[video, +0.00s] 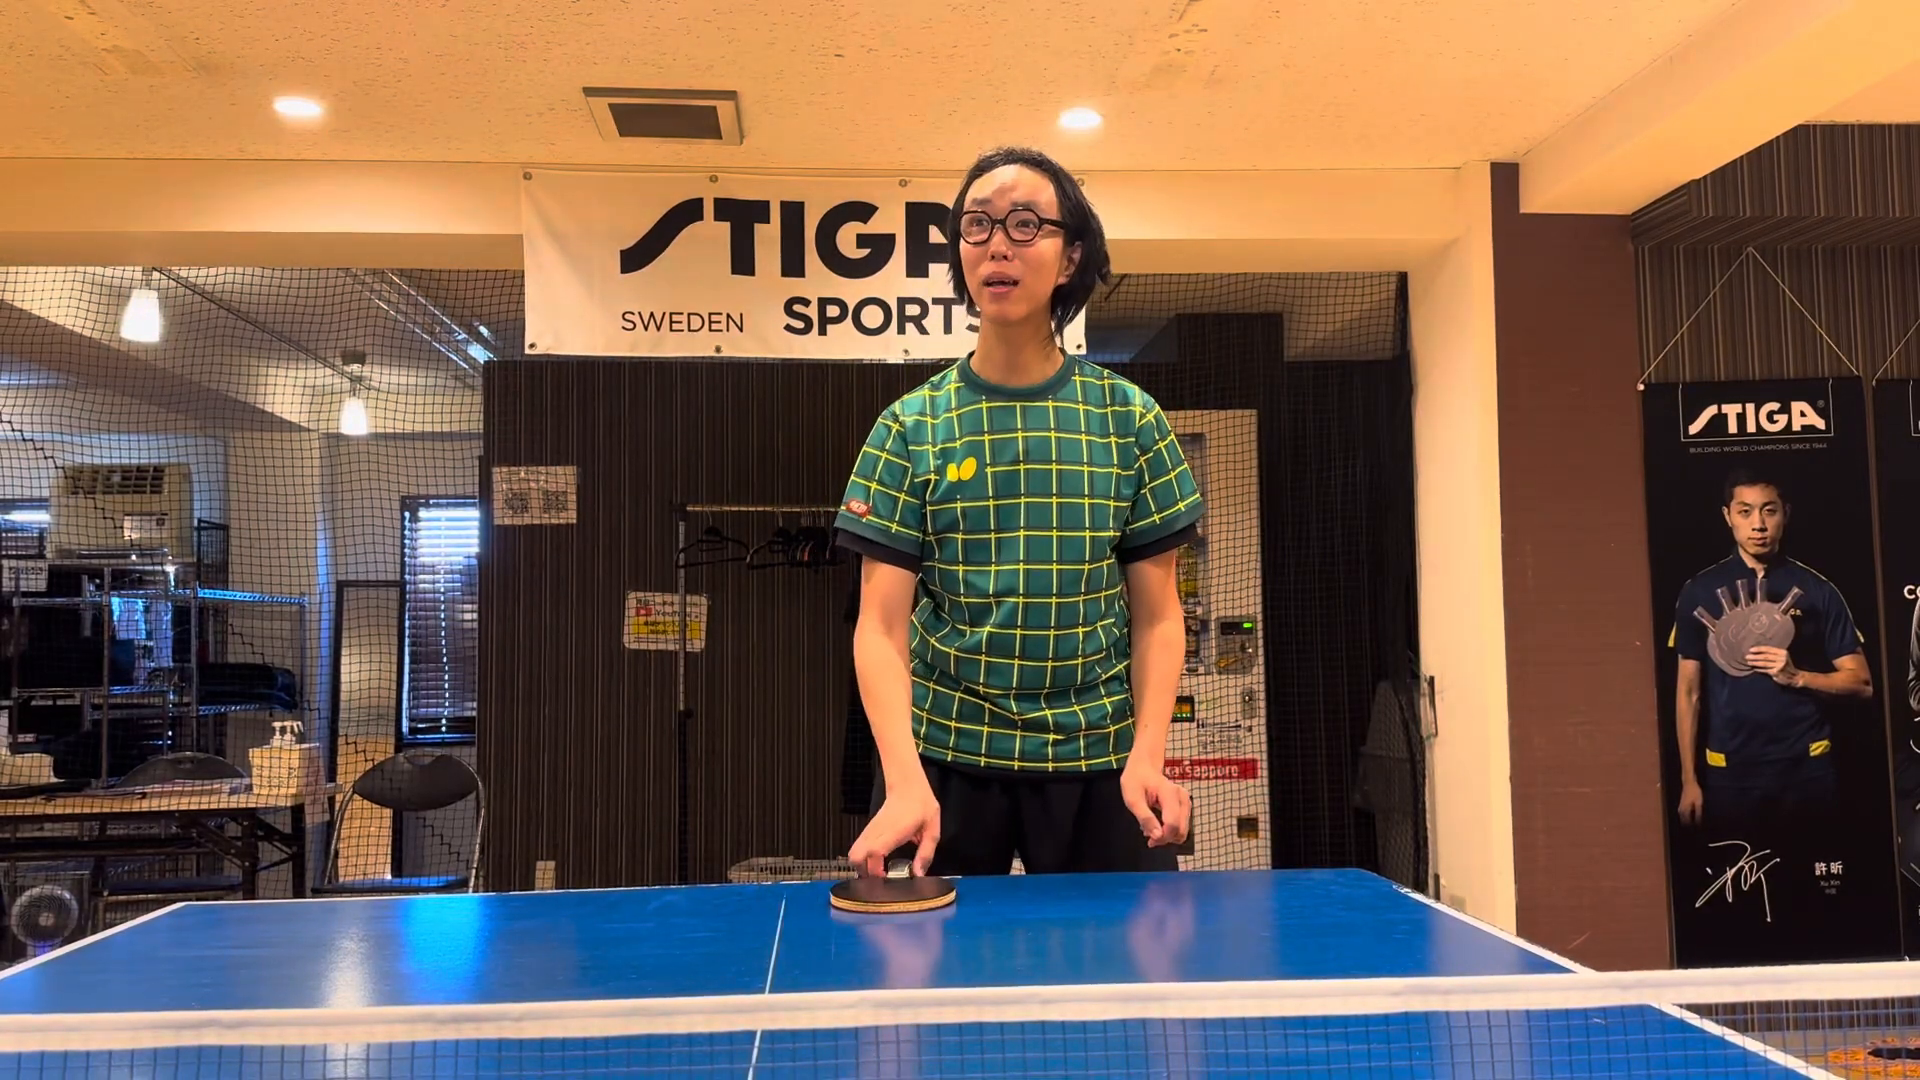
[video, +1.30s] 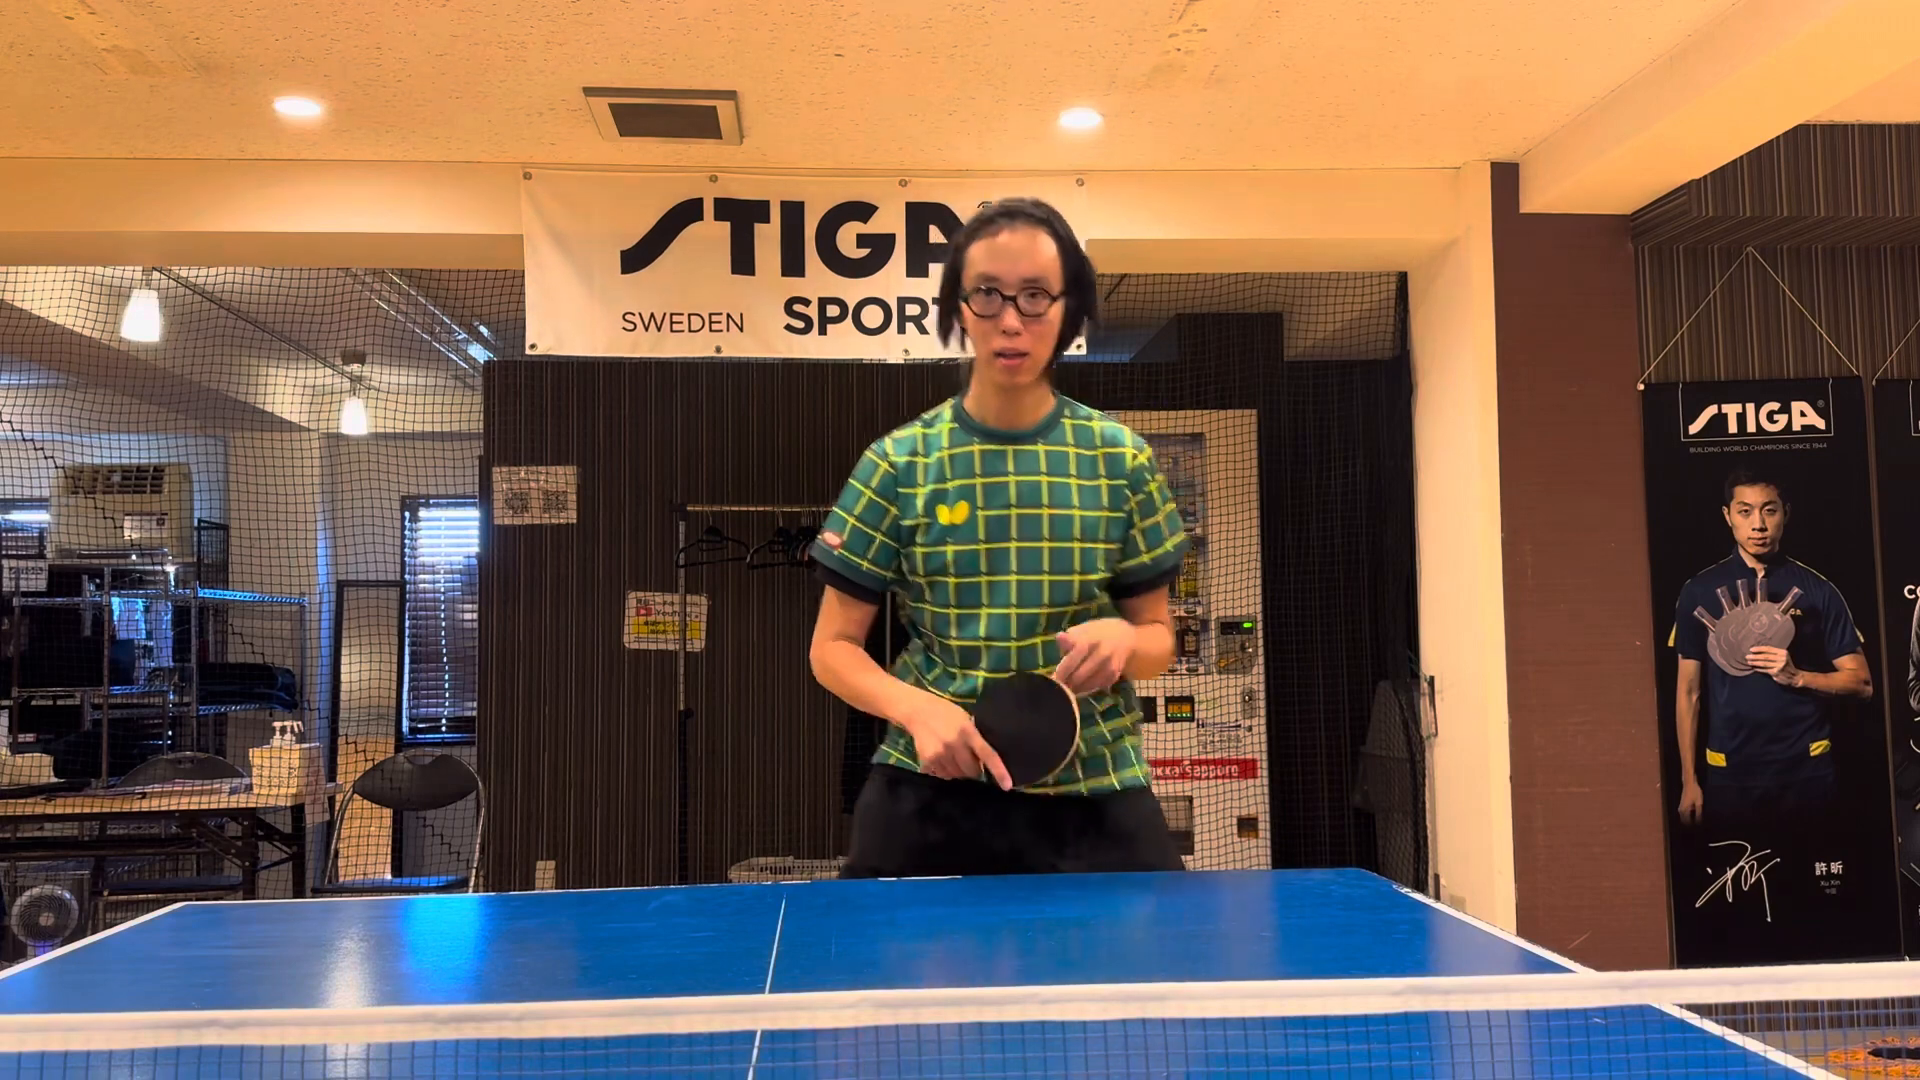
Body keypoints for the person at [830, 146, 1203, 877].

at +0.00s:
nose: (999, 245)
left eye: (1026, 225)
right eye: (979, 225)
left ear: (1070, 258)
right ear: (958, 253)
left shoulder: (1129, 419)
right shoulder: (913, 426)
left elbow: (1158, 615)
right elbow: (881, 628)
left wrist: (1147, 758)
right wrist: (903, 781)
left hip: (1100, 779)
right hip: (947, 779)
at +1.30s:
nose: (1010, 318)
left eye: (1034, 295)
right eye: (988, 294)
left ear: (1069, 310)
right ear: (960, 311)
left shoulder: (1120, 459)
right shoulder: (900, 464)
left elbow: (1158, 639)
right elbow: (831, 648)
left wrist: (1124, 641)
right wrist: (916, 708)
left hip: (1097, 800)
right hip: (929, 801)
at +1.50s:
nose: (1070, 329)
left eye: (1095, 307)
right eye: (1048, 304)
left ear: (1129, 321)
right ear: (1019, 317)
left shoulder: (1181, 453)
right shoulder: (964, 473)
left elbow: (1232, 661)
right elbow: (886, 649)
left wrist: (1186, 541)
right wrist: (938, 714)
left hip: (1154, 782)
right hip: (989, 779)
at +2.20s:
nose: (1032, 387)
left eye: (1058, 363)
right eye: (1010, 361)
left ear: (1096, 378)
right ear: (986, 374)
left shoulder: (1149, 493)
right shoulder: (933, 513)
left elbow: (1203, 684)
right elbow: (869, 694)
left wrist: (1162, 623)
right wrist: (898, 767)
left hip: (1121, 792)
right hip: (962, 796)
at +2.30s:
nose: (1028, 394)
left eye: (1053, 369)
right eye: (1006, 367)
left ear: (1091, 383)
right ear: (982, 380)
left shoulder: (1149, 502)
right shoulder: (927, 521)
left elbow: (1202, 651)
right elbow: (873, 692)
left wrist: (1156, 668)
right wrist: (876, 760)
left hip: (1123, 811)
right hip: (956, 813)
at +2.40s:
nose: (1030, 400)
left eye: (1056, 371)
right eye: (1007, 370)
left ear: (1094, 383)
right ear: (983, 383)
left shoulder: (1149, 505)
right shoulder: (930, 522)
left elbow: (1197, 651)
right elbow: (879, 682)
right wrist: (862, 758)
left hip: (1110, 812)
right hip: (953, 808)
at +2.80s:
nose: (1059, 376)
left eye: (1085, 355)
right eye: (1038, 351)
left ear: (1121, 375)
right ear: (1011, 368)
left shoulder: (1176, 500)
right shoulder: (955, 507)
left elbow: (1218, 688)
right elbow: (934, 685)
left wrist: (1227, 851)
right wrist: (904, 702)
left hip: (1134, 779)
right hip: (978, 777)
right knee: (901, 949)